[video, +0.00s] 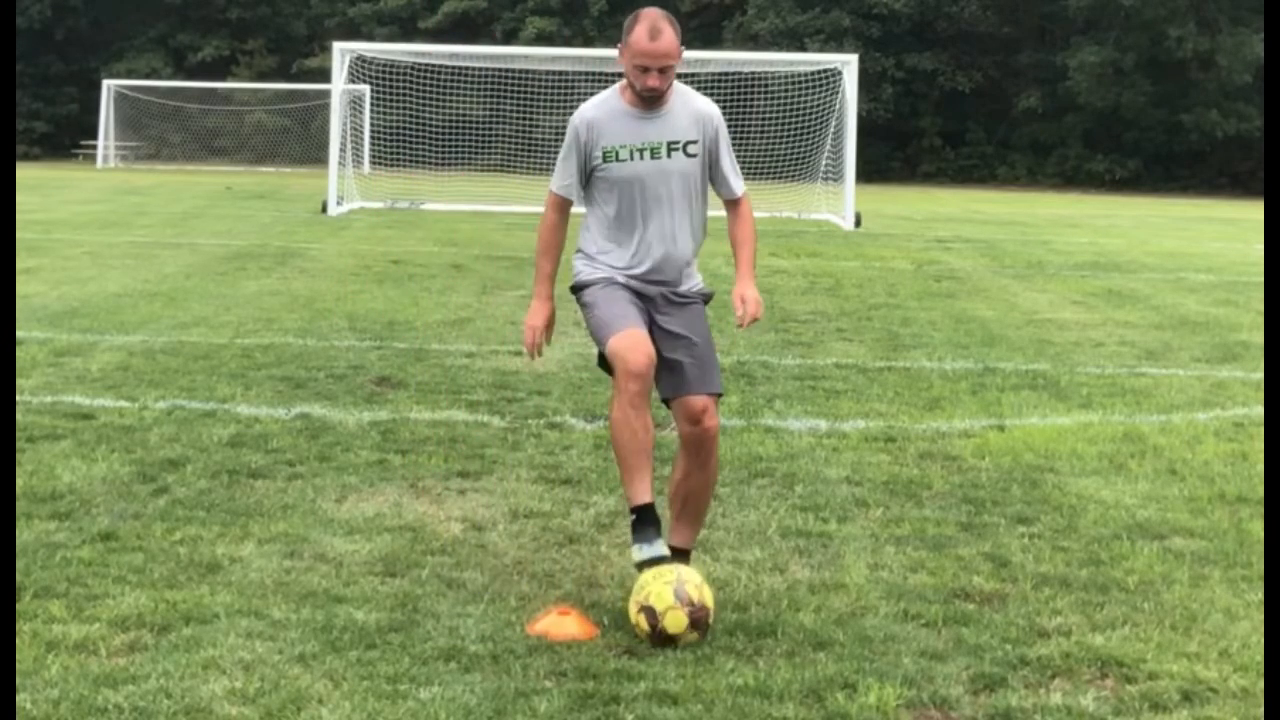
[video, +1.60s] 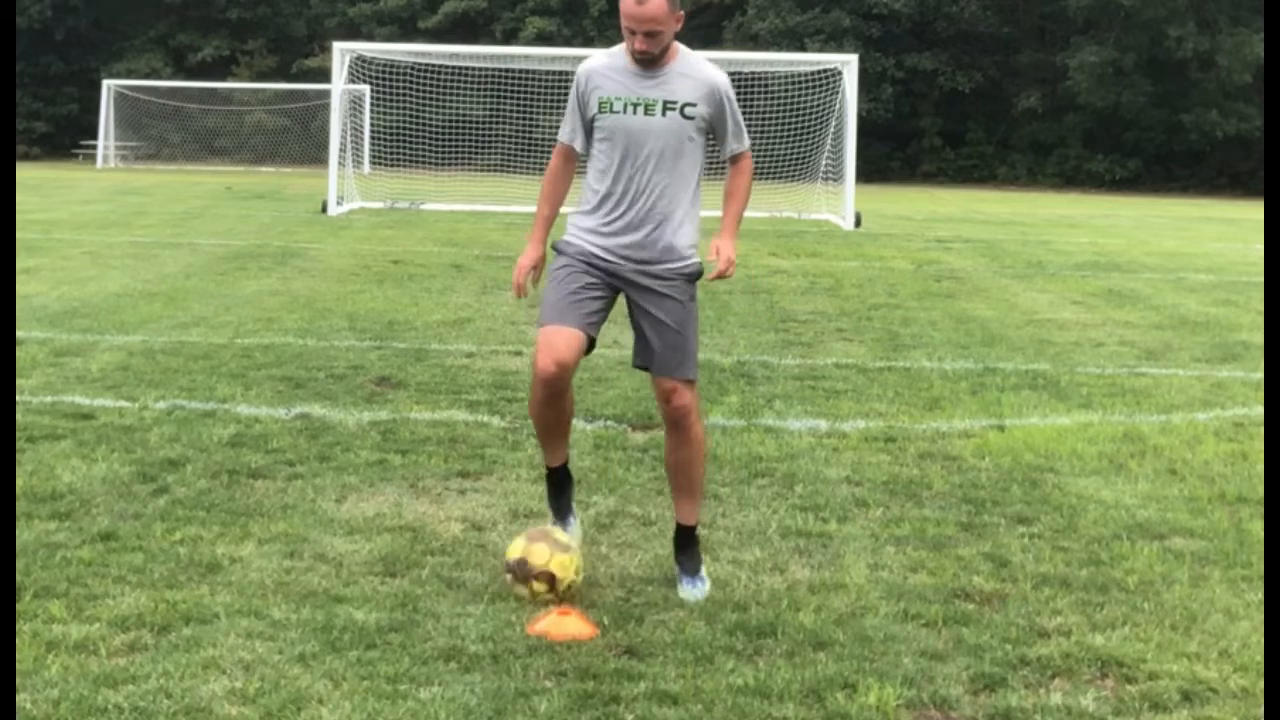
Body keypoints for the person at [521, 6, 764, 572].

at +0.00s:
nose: (653, 82)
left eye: (665, 70)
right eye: (642, 69)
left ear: (680, 62)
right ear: (620, 57)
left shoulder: (703, 116)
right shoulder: (589, 121)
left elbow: (735, 201)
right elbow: (557, 207)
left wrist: (745, 278)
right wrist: (541, 298)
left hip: (677, 284)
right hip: (606, 275)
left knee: (701, 417)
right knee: (636, 361)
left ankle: (677, 562)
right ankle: (643, 524)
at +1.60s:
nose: (642, 44)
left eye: (654, 33)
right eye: (632, 31)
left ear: (678, 20)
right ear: (619, 17)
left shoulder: (709, 83)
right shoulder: (593, 73)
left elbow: (739, 158)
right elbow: (565, 158)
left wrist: (728, 233)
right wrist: (536, 240)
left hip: (667, 263)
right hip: (587, 250)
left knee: (679, 404)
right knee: (550, 365)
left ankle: (688, 551)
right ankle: (558, 492)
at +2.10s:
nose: (609, 62)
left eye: (621, 52)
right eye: (601, 49)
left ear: (651, 41)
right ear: (592, 36)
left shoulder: (687, 104)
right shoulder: (573, 94)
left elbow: (724, 184)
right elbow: (547, 178)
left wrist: (699, 259)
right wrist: (512, 255)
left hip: (644, 278)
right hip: (566, 265)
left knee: (644, 420)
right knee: (493, 377)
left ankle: (649, 558)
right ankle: (465, 506)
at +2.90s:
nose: (527, 47)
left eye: (539, 36)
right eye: (518, 35)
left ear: (569, 22)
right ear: (509, 22)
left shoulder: (603, 86)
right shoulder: (499, 76)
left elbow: (645, 171)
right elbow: (496, 153)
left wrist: (624, 243)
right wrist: (470, 230)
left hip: (575, 256)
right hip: (502, 250)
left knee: (571, 389)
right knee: (454, 377)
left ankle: (618, 509)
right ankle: (444, 523)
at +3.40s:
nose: (470, 83)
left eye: (481, 70)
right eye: (459, 71)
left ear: (506, 58)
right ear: (447, 63)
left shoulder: (547, 114)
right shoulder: (442, 123)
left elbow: (593, 197)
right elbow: (430, 211)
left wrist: (596, 281)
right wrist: (404, 295)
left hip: (543, 267)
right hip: (473, 277)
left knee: (526, 353)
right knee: (430, 410)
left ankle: (531, 498)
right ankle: (446, 552)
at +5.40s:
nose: (481, 44)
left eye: (492, 31)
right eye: (469, 33)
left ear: (509, 14)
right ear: (449, 21)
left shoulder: (546, 68)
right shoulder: (428, 87)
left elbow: (576, 145)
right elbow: (407, 170)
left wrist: (590, 222)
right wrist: (378, 251)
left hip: (547, 243)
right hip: (467, 256)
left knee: (599, 361)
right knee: (452, 399)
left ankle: (600, 482)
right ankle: (455, 532)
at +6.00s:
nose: (523, 76)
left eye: (532, 62)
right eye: (509, 65)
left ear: (544, 49)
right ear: (486, 53)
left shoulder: (573, 99)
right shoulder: (464, 122)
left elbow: (603, 175)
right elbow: (431, 212)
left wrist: (634, 252)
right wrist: (420, 299)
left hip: (584, 280)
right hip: (506, 295)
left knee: (652, 384)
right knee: (495, 430)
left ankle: (651, 540)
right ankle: (497, 558)